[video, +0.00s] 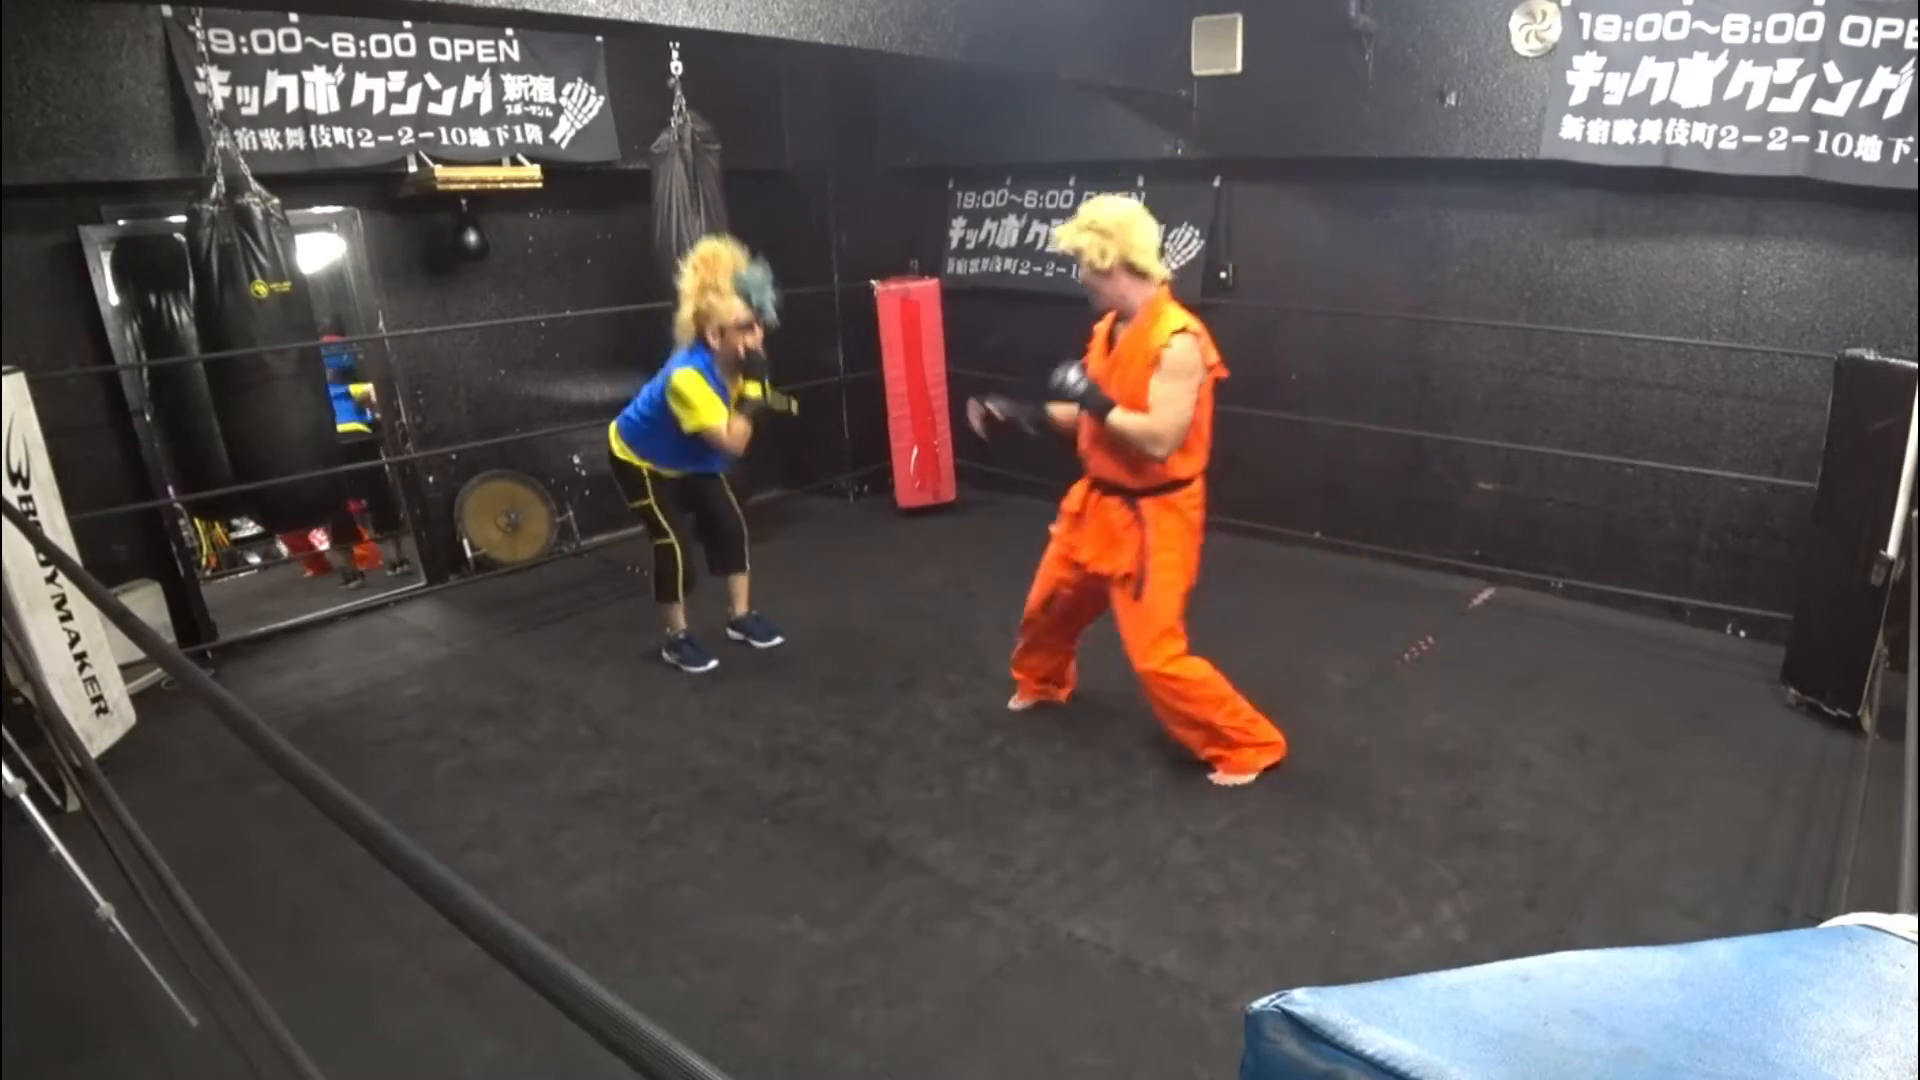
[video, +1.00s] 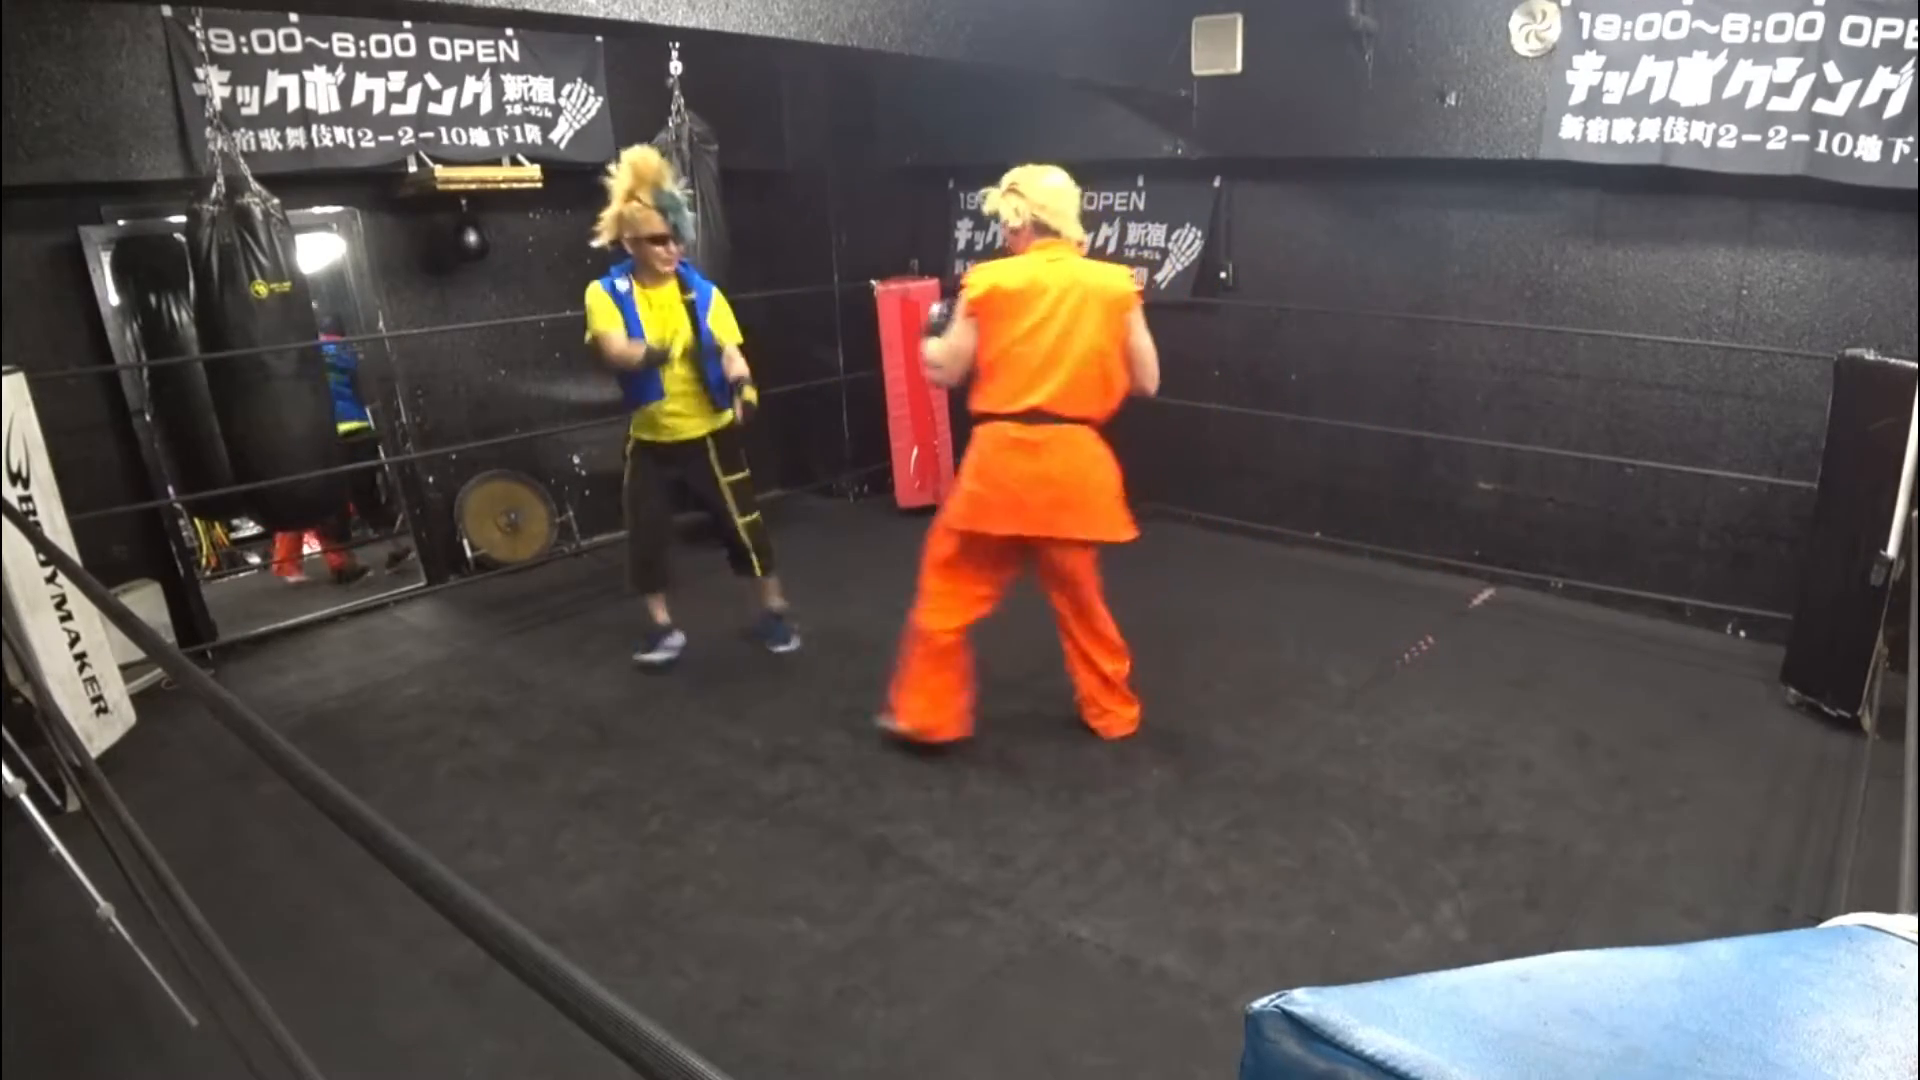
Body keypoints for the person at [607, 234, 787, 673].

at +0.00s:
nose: (756, 338)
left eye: (757, 327)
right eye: (745, 330)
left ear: (760, 327)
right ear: (714, 336)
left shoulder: (739, 365)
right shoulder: (686, 377)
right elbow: (734, 442)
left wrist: (761, 402)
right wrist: (751, 398)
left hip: (694, 455)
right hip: (640, 455)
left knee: (731, 525)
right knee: (670, 541)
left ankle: (740, 616)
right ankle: (676, 635)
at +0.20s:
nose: (760, 387)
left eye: (763, 377)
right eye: (752, 379)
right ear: (722, 380)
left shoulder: (733, 405)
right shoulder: (687, 414)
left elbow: (731, 455)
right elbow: (723, 483)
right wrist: (749, 442)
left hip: (672, 461)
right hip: (623, 463)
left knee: (726, 522)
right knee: (661, 540)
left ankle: (741, 615)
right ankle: (674, 636)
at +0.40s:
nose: (758, 387)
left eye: (759, 377)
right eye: (749, 379)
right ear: (718, 380)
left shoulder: (727, 408)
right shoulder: (684, 416)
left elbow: (728, 456)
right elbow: (717, 484)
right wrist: (745, 445)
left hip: (668, 466)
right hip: (618, 468)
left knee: (725, 524)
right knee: (661, 542)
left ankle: (739, 613)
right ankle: (673, 636)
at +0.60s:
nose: (752, 374)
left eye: (754, 364)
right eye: (742, 365)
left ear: (716, 368)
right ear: (710, 368)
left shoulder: (723, 395)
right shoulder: (676, 404)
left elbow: (725, 436)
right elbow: (698, 475)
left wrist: (741, 414)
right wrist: (728, 450)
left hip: (669, 464)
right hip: (620, 469)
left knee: (728, 526)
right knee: (666, 545)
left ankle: (739, 614)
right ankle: (673, 637)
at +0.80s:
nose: (706, 305)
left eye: (709, 293)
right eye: (693, 296)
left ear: (716, 291)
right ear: (666, 299)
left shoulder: (724, 335)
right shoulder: (630, 347)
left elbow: (746, 382)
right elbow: (605, 405)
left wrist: (744, 431)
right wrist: (619, 455)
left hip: (710, 466)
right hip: (658, 474)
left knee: (753, 537)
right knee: (692, 555)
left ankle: (743, 614)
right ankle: (683, 635)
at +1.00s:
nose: (669, 250)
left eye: (672, 239)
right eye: (656, 242)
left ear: (680, 239)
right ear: (630, 246)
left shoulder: (701, 290)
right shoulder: (607, 293)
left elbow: (729, 346)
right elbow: (612, 348)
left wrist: (738, 374)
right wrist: (647, 353)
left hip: (711, 428)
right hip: (651, 436)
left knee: (743, 523)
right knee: (646, 534)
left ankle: (772, 610)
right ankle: (663, 627)